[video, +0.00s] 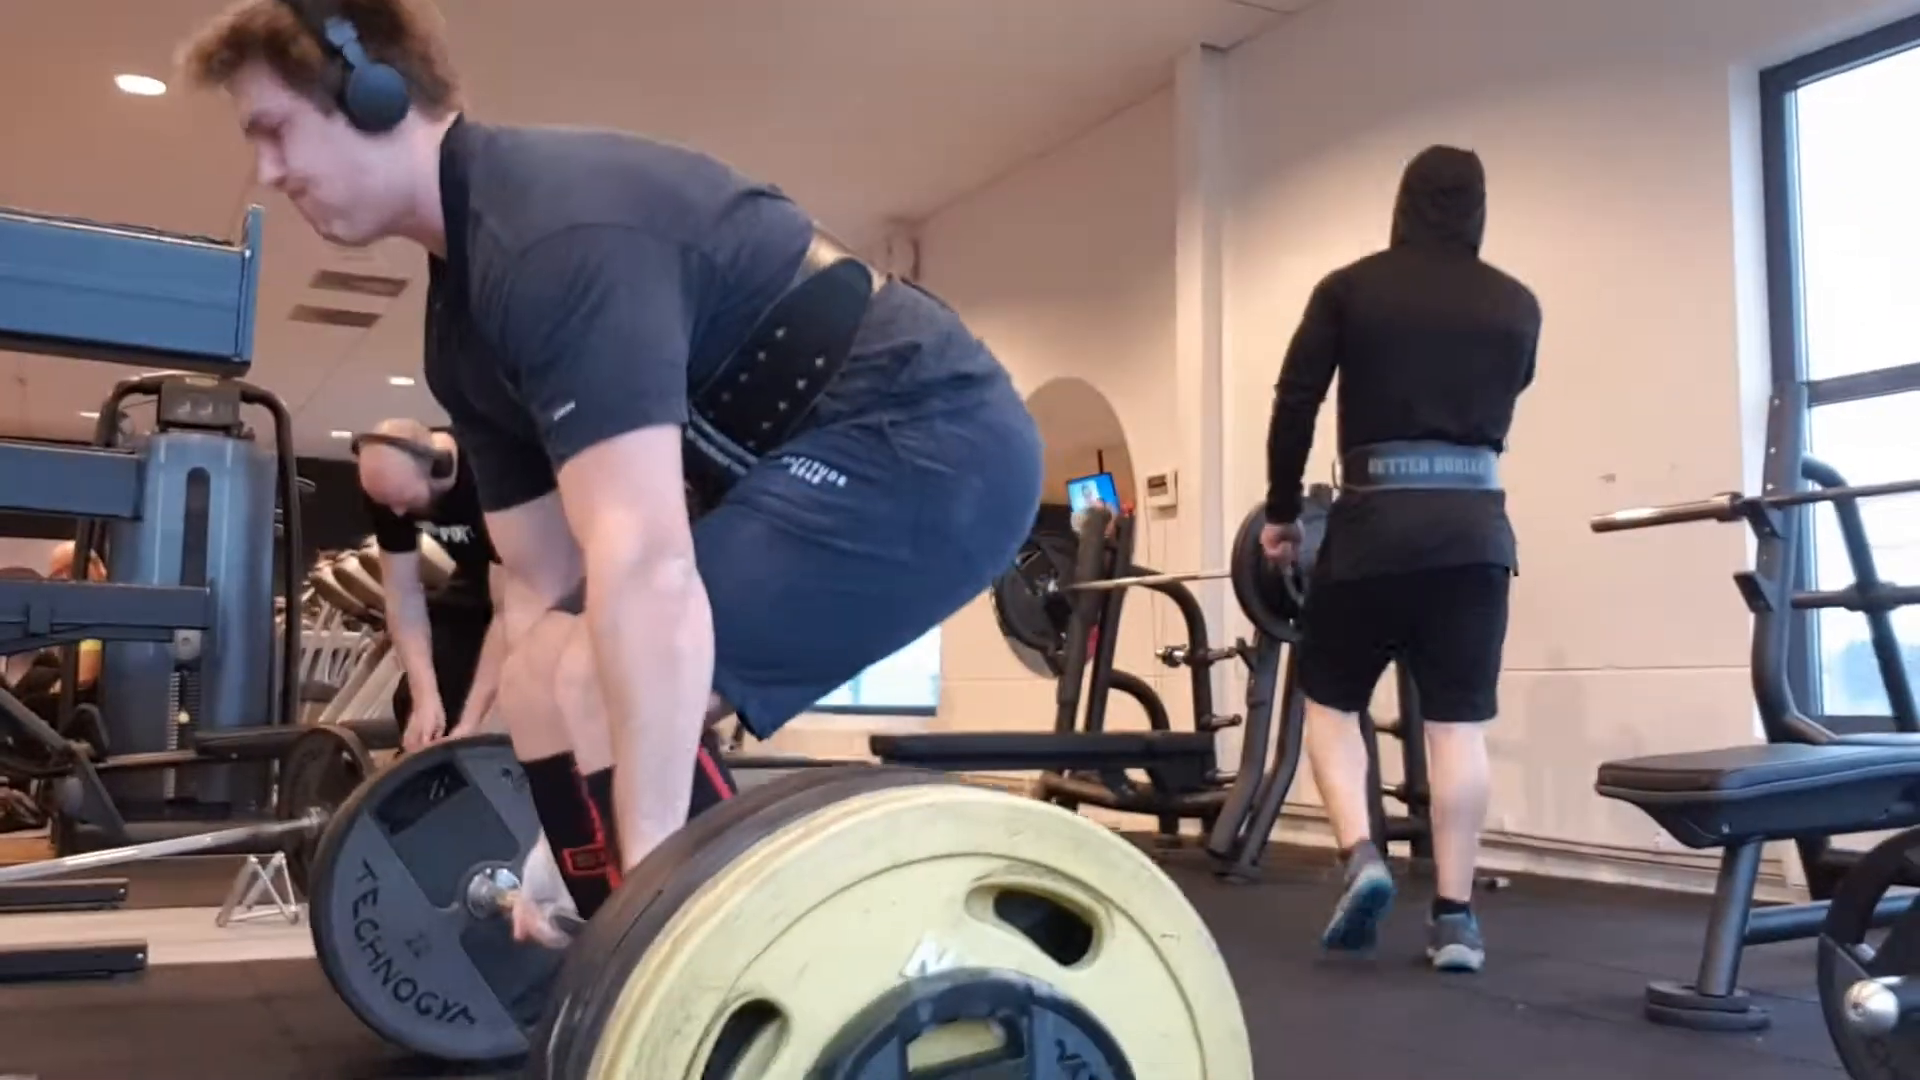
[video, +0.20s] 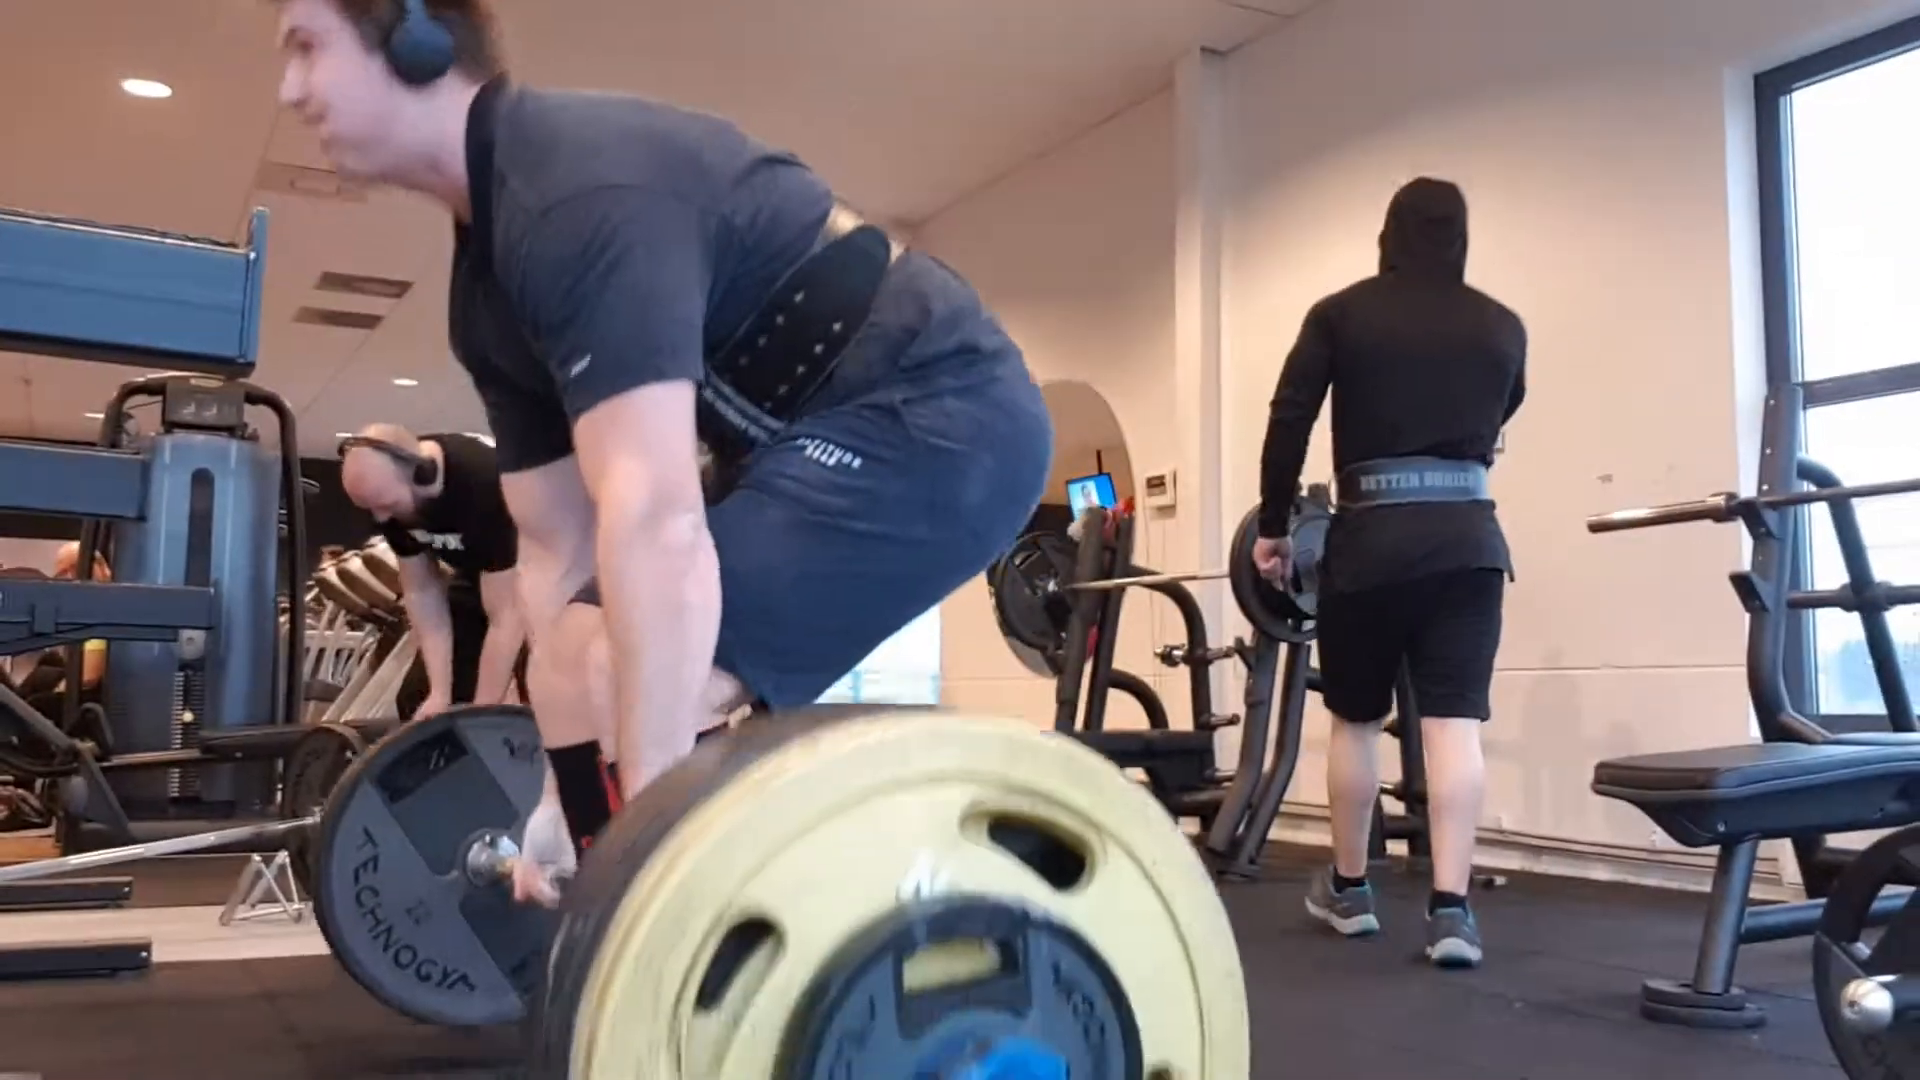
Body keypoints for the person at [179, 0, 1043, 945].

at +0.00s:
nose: (268, 176)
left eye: (275, 132)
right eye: (256, 145)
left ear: (373, 88)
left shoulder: (563, 232)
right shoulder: (459, 321)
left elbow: (650, 569)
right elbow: (535, 585)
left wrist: (654, 897)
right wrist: (515, 836)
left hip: (920, 431)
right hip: (816, 455)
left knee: (603, 678)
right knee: (535, 676)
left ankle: (735, 971)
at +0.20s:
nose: (287, 91)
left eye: (306, 46)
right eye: (286, 56)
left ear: (408, 38)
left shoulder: (584, 193)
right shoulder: (484, 290)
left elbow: (658, 528)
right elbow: (553, 545)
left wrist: (652, 853)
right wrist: (558, 800)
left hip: (930, 414)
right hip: (820, 437)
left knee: (611, 657)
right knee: (566, 653)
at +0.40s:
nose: (356, 15)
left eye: (374, 2)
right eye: (359, 11)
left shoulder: (621, 106)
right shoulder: (517, 206)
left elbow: (679, 427)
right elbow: (569, 470)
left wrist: (669, 720)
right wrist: (569, 720)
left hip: (942, 370)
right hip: (824, 394)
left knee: (688, 667)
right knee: (603, 638)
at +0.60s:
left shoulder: (643, 15)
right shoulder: (532, 106)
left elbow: (703, 300)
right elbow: (589, 366)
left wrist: (692, 596)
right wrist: (594, 613)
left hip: (921, 328)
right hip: (790, 349)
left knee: (763, 694)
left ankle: (720, 1045)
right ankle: (699, 1036)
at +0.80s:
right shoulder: (547, 17)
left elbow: (732, 153)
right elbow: (609, 248)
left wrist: (758, 465)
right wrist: (621, 493)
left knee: (697, 639)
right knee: (695, 642)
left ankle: (713, 1051)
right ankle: (696, 1042)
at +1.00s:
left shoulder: (781, 11)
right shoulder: (644, 33)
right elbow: (639, 186)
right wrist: (621, 414)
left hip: (764, 345)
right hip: (679, 359)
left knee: (732, 630)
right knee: (656, 623)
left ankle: (736, 1054)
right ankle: (681, 1033)